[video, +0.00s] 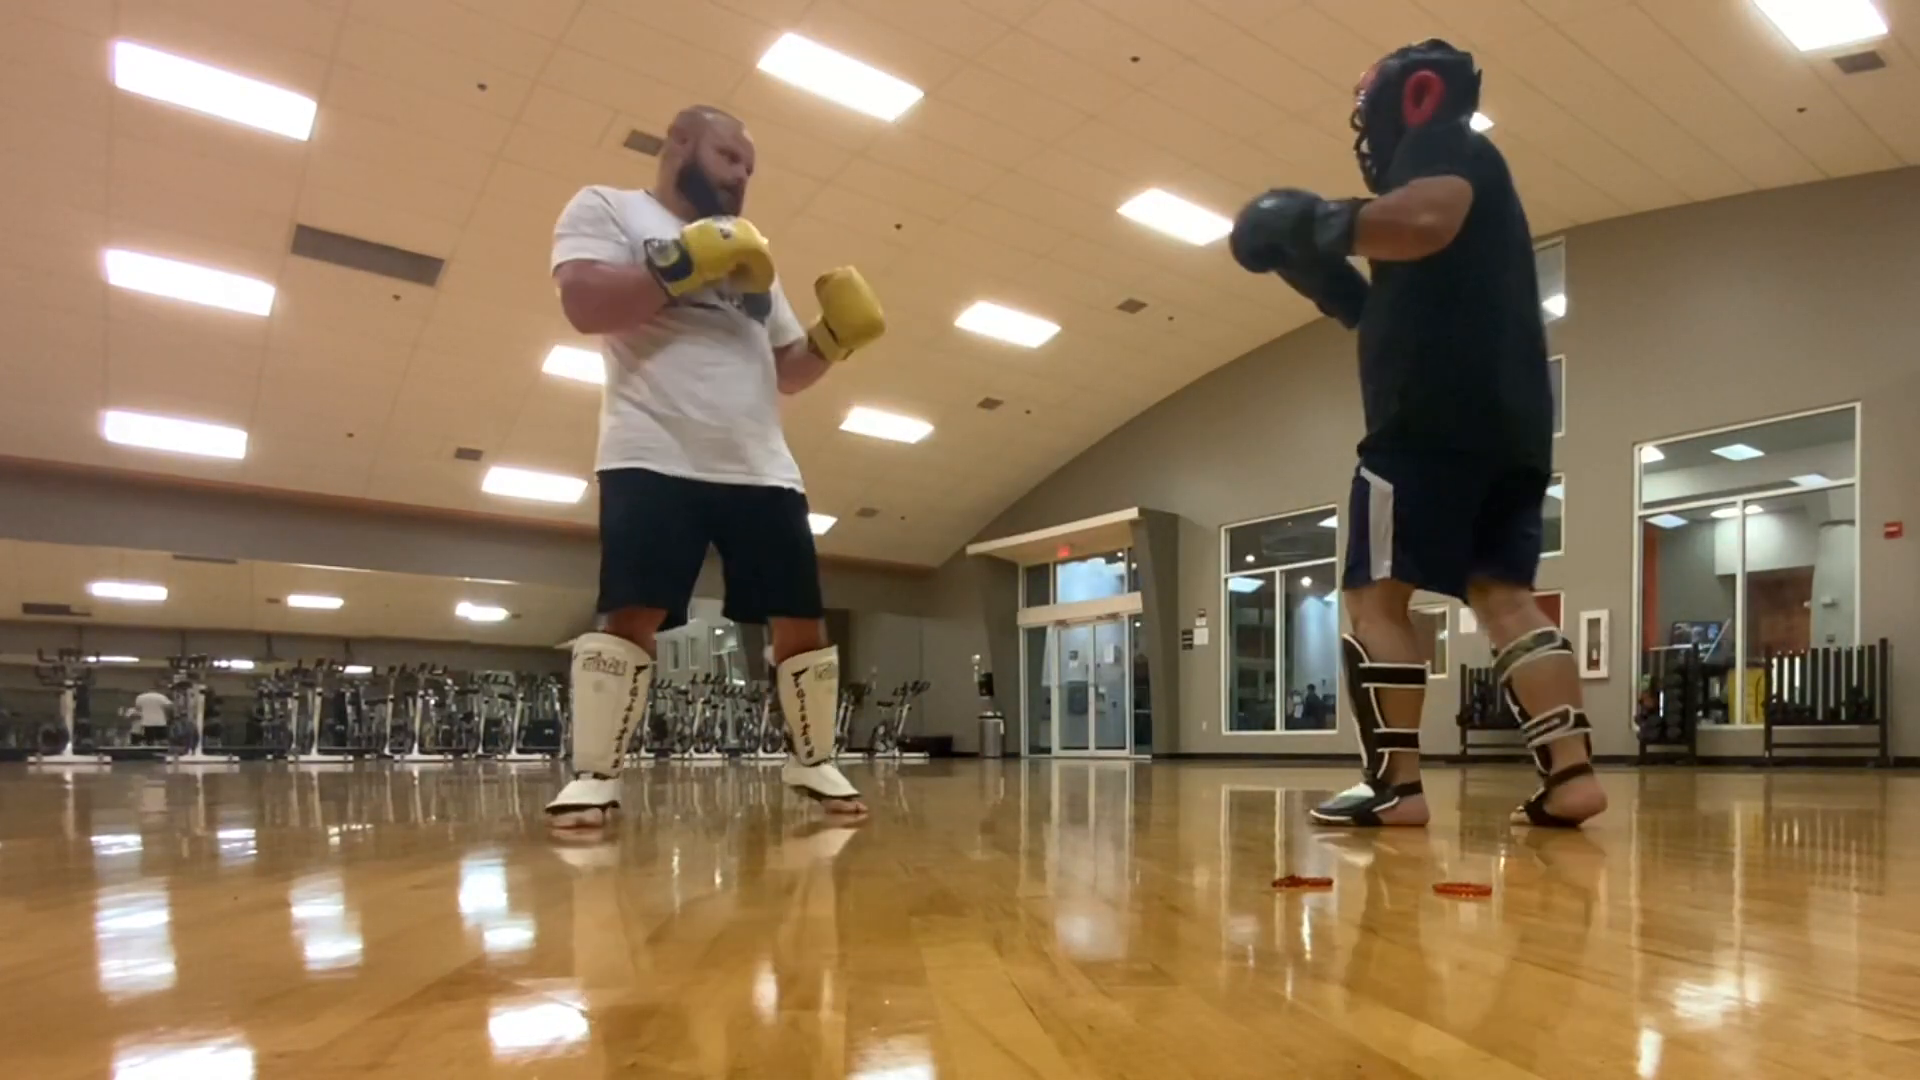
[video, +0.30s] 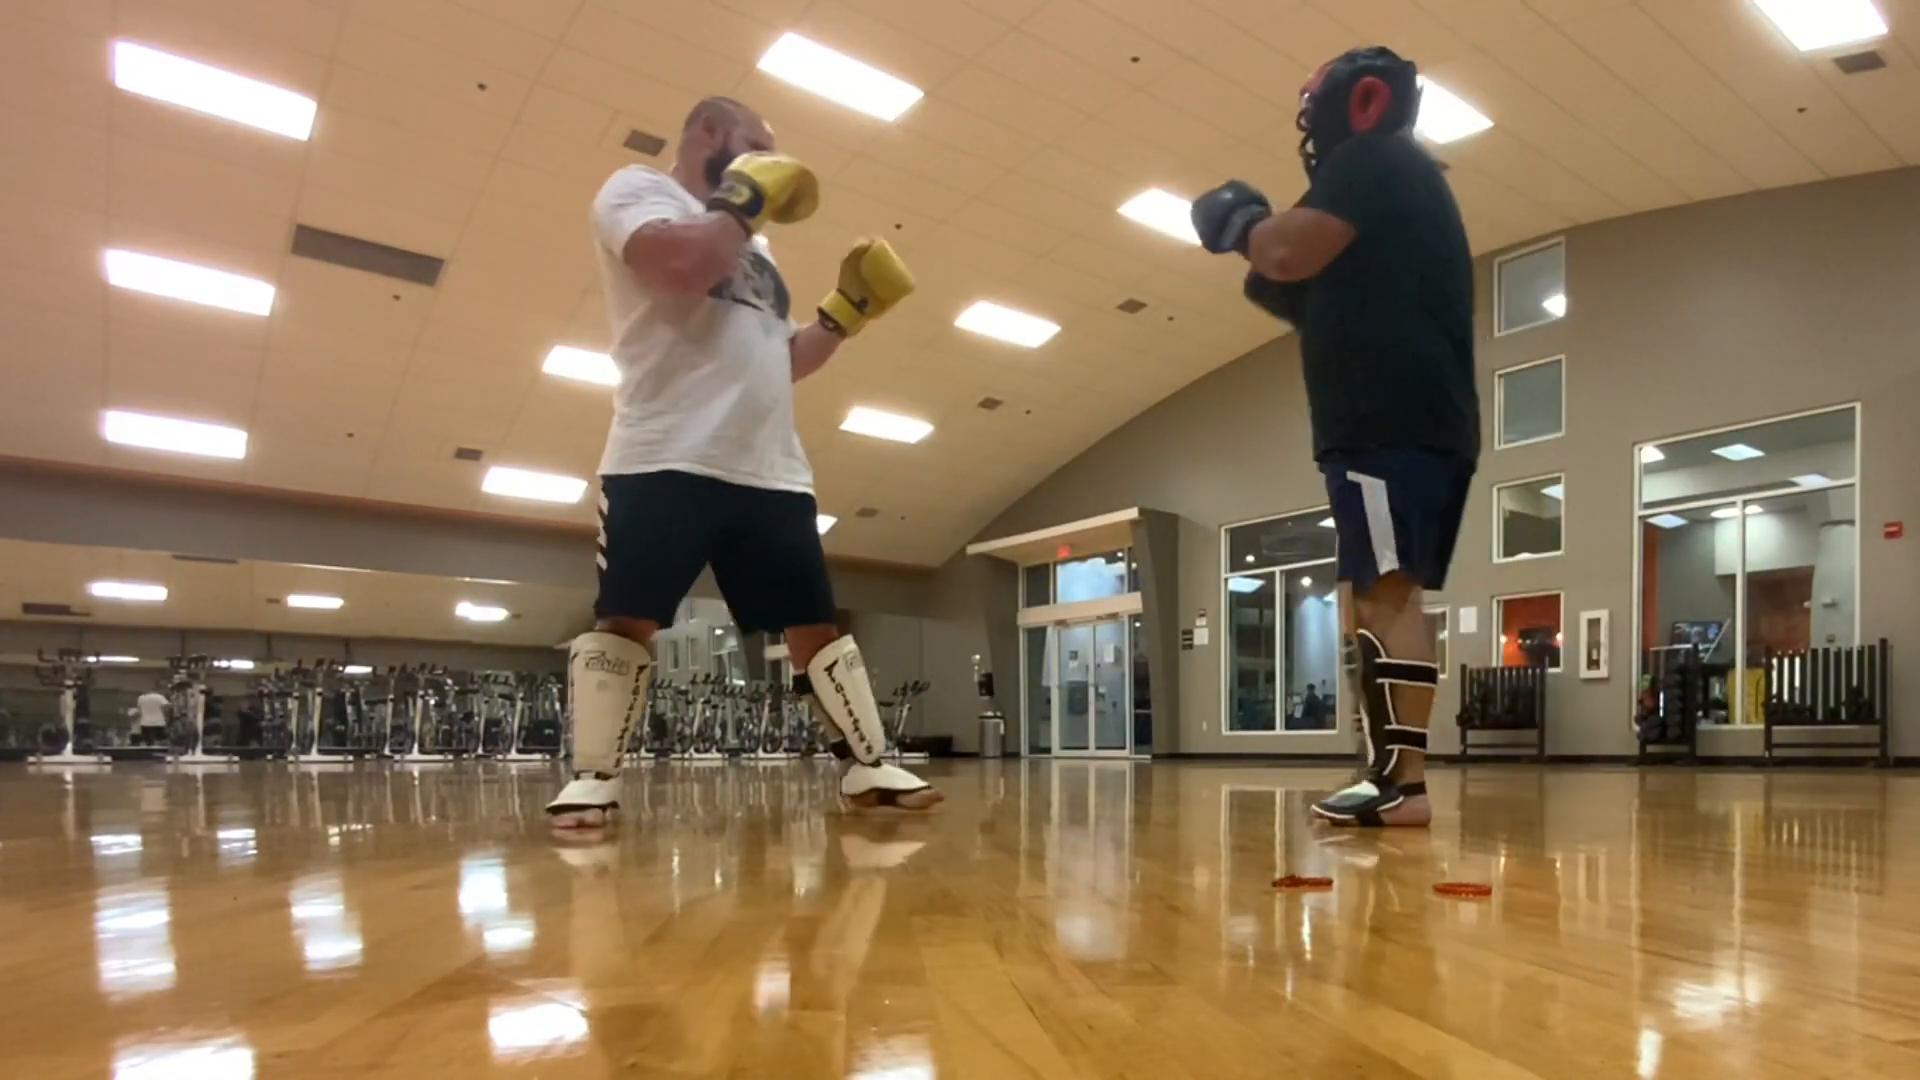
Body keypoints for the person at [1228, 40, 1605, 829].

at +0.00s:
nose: (1357, 118)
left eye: (1368, 99)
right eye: (1360, 103)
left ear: (1419, 94)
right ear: (1439, 100)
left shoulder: (1445, 144)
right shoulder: (1479, 183)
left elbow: (1431, 220)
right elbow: (1414, 321)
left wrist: (1314, 222)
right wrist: (1330, 279)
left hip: (1426, 418)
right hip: (1511, 424)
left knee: (1373, 596)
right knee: (1503, 594)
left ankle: (1395, 784)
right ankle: (1571, 773)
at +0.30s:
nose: (1302, 106)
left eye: (1315, 92)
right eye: (1305, 94)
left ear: (1368, 99)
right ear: (1374, 104)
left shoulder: (1378, 158)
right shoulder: (1388, 180)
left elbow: (1288, 252)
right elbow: (1355, 307)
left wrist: (1238, 217)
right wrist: (1277, 283)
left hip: (1390, 416)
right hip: (1392, 416)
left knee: (1391, 594)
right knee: (1371, 595)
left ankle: (1402, 782)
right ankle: (1387, 776)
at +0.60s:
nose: (1291, 150)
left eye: (1302, 136)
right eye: (1295, 137)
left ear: (1345, 142)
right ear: (1364, 150)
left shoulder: (1338, 207)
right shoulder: (1387, 226)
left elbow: (1228, 274)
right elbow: (1287, 324)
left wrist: (1144, 253)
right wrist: (1233, 265)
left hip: (1299, 416)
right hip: (1363, 446)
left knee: (1163, 488)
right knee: (1295, 607)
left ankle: (1254, 617)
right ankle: (1288, 778)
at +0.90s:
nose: (1287, 196)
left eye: (1299, 182)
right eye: (1290, 183)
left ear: (1338, 180)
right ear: (1354, 185)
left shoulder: (1355, 223)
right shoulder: (1323, 264)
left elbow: (1353, 288)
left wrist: (1277, 310)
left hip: (1256, 410)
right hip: (1302, 459)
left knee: (1091, 409)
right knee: (1264, 608)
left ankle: (938, 395)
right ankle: (1277, 777)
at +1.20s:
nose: (1294, 189)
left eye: (1308, 173)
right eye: (1296, 177)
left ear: (1355, 176)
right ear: (1361, 182)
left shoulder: (1367, 229)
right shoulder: (1351, 261)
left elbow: (1302, 257)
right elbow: (1287, 358)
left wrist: (1226, 177)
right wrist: (1237, 283)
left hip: (1296, 433)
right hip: (1349, 458)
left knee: (1167, 518)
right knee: (1289, 608)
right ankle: (1280, 778)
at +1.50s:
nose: (1324, 202)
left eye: (1333, 188)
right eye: (1323, 191)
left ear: (1376, 180)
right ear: (1382, 186)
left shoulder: (1409, 231)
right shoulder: (1379, 276)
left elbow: (1327, 263)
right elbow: (1309, 331)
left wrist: (1265, 197)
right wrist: (1251, 259)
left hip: (1425, 453)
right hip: (1391, 461)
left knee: (1396, 614)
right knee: (1361, 610)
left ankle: (1429, 778)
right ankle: (1356, 757)